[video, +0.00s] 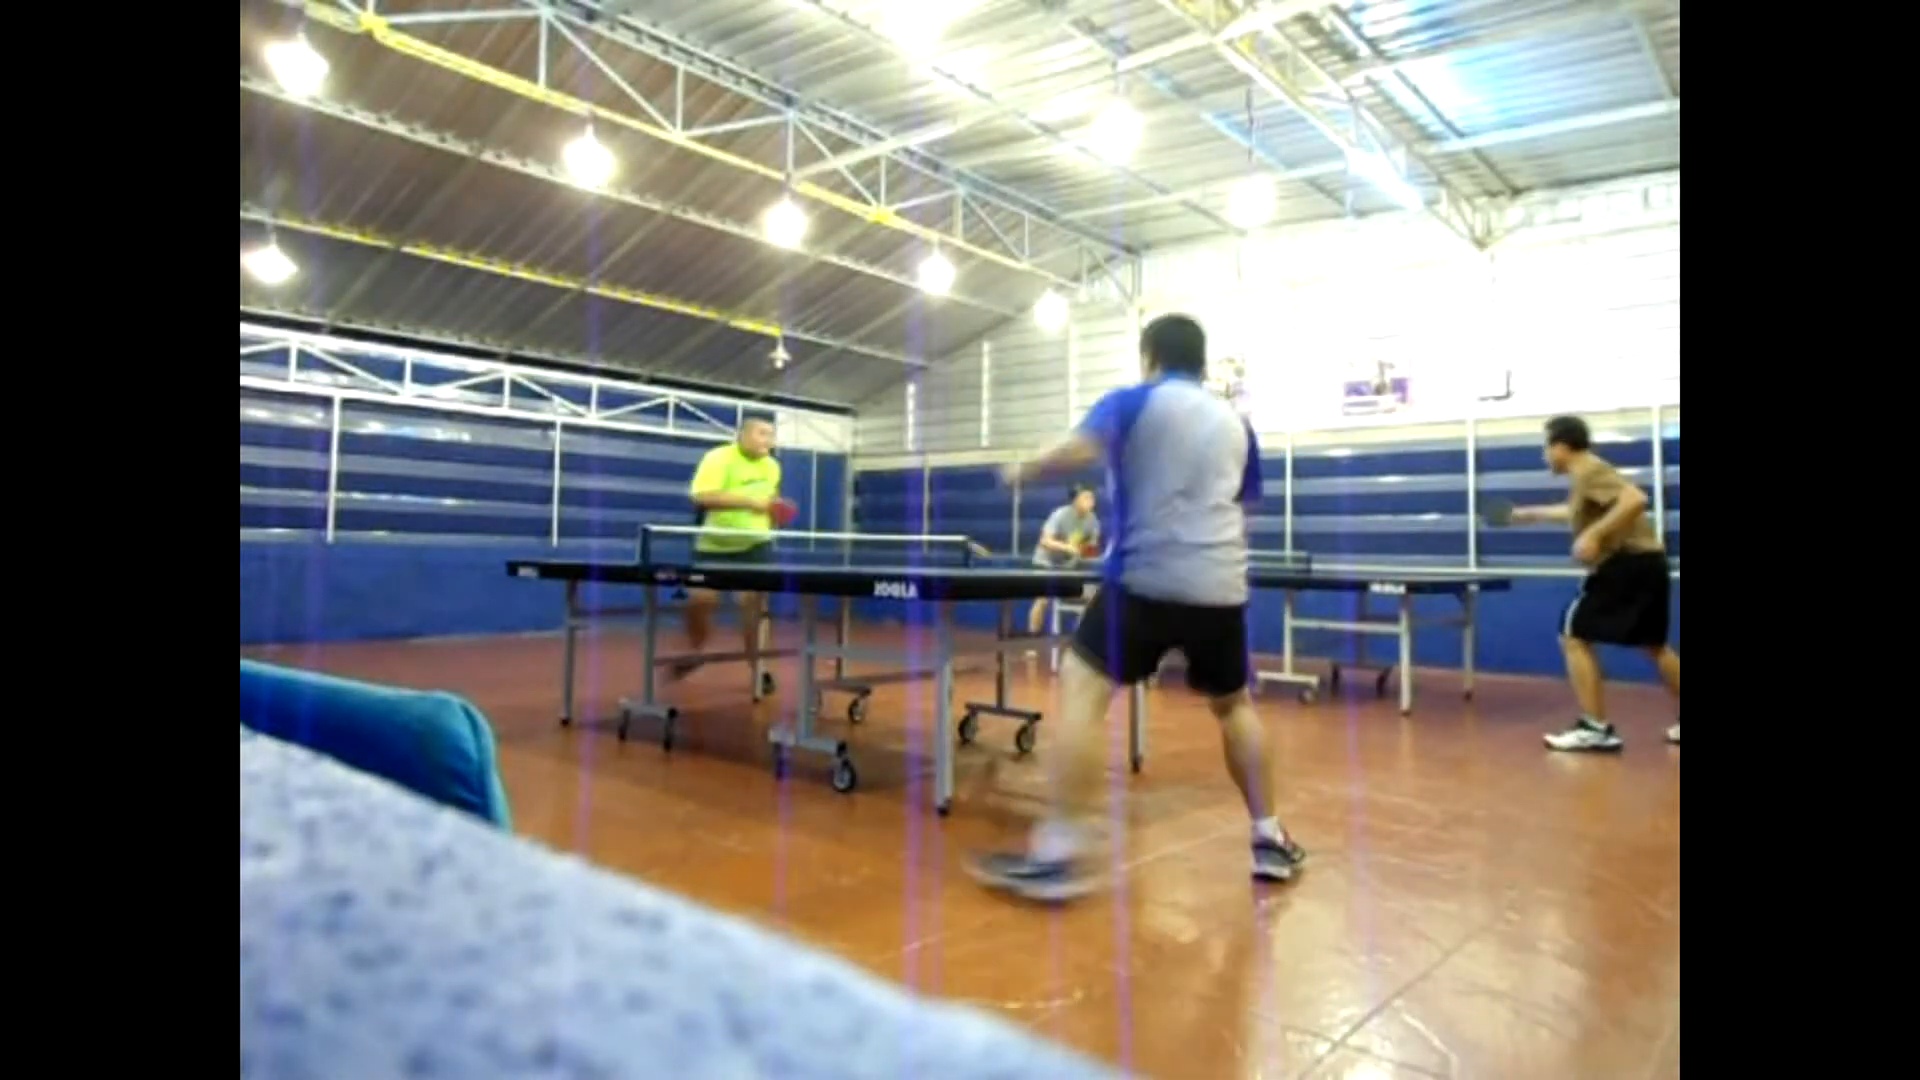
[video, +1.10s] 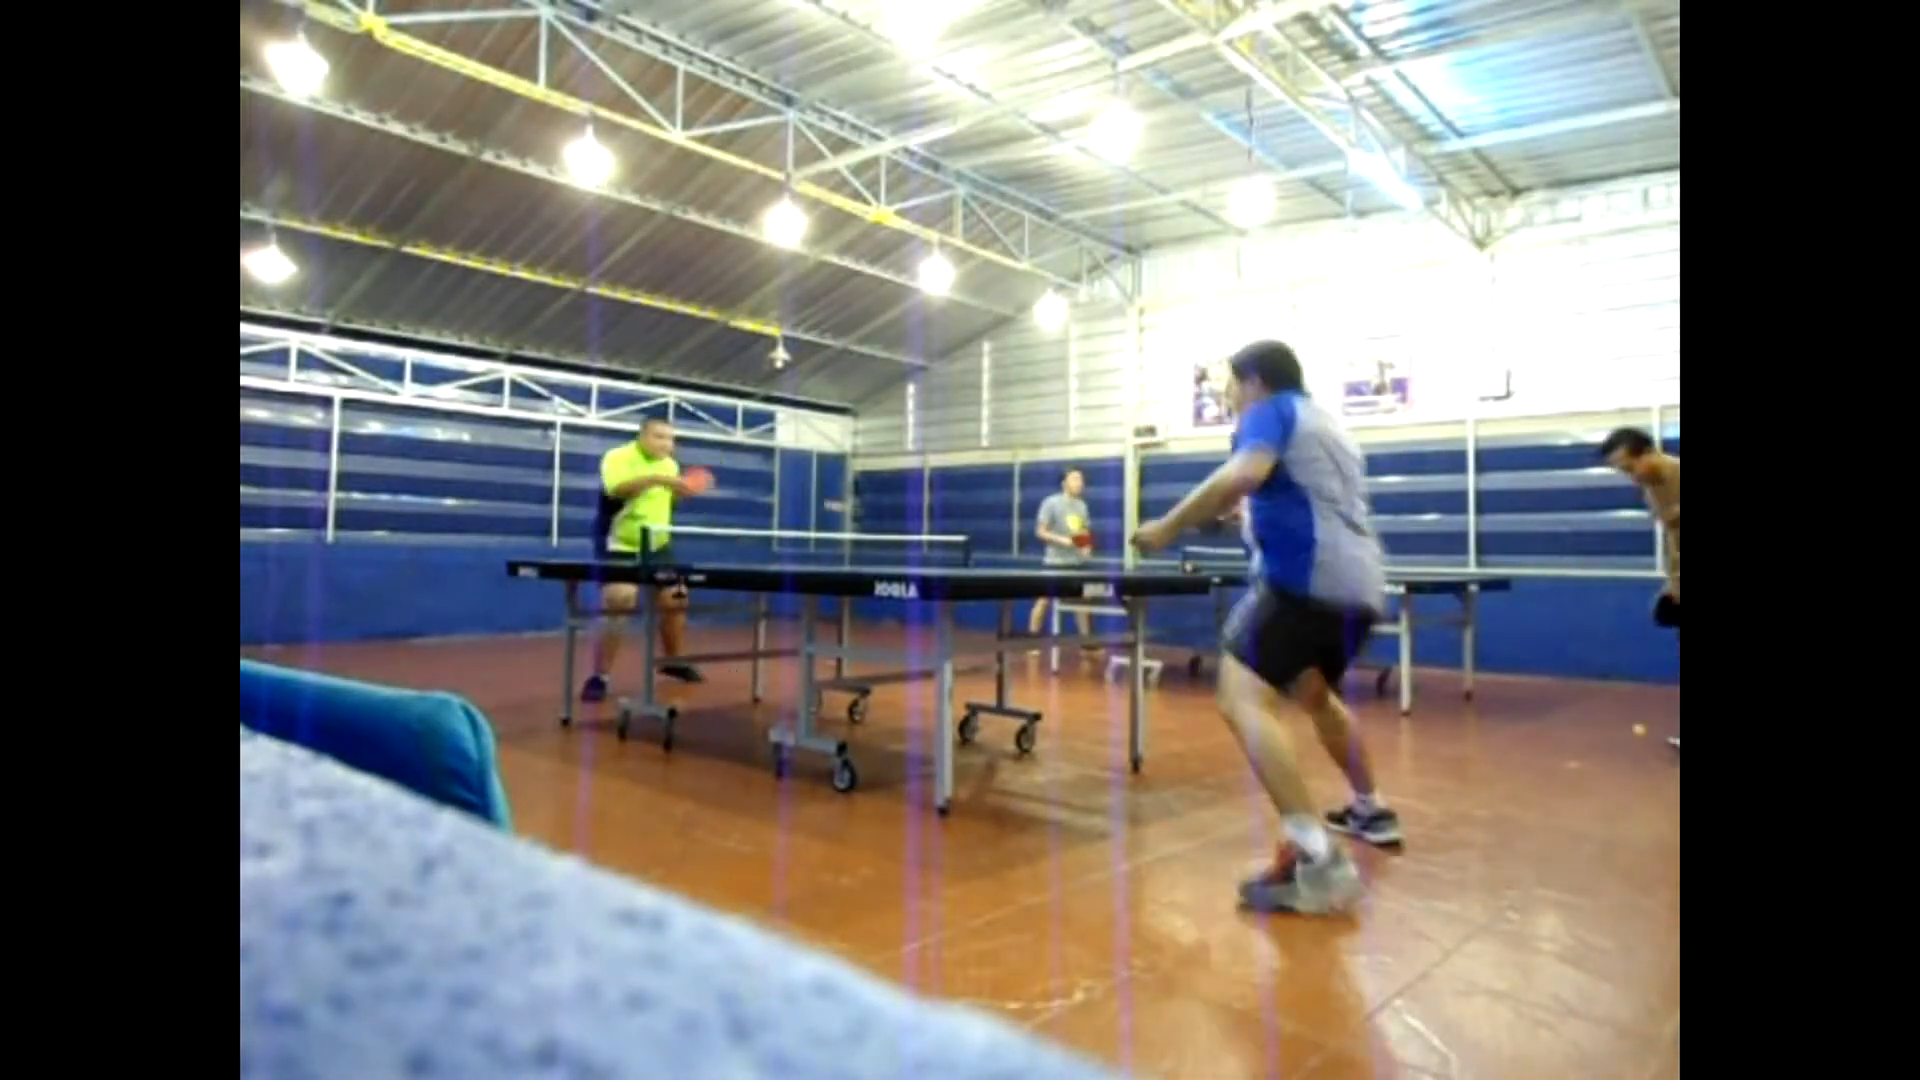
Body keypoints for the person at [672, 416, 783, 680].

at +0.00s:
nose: (767, 440)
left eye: (770, 435)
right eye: (761, 433)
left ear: (773, 440)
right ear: (743, 434)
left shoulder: (772, 467)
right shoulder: (718, 458)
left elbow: (767, 499)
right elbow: (701, 494)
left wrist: (777, 510)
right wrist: (751, 503)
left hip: (754, 543)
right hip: (714, 544)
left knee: (755, 604)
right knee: (700, 599)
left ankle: (760, 668)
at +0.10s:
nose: (759, 443)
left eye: (761, 438)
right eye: (754, 436)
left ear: (762, 443)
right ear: (735, 437)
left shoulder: (761, 471)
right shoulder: (708, 460)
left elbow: (750, 504)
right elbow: (682, 497)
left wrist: (759, 518)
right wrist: (732, 509)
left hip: (741, 548)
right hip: (701, 549)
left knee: (747, 606)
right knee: (675, 614)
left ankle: (757, 672)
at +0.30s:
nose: (719, 446)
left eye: (722, 441)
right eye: (713, 439)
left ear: (723, 446)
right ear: (695, 439)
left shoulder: (719, 472)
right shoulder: (667, 463)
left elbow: (716, 513)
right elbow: (648, 504)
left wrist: (730, 539)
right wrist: (691, 500)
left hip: (708, 552)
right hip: (667, 553)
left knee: (726, 606)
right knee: (647, 613)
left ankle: (754, 668)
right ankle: (623, 673)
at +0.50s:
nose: (689, 433)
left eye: (693, 427)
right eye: (683, 426)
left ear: (698, 430)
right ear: (669, 427)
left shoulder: (709, 460)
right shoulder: (645, 455)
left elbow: (719, 492)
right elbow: (627, 493)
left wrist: (710, 512)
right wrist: (654, 497)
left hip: (697, 539)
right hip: (655, 539)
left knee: (716, 598)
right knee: (633, 598)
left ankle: (719, 663)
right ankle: (618, 664)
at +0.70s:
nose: (682, 457)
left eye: (685, 451)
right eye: (675, 451)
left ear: (690, 452)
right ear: (660, 449)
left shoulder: (698, 478)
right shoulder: (635, 469)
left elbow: (713, 501)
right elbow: (608, 505)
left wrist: (706, 513)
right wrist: (639, 508)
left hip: (685, 553)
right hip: (639, 553)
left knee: (711, 601)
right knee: (624, 600)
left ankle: (718, 666)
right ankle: (601, 675)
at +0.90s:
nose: (673, 464)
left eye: (677, 459)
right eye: (668, 457)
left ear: (680, 459)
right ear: (652, 452)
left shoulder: (675, 477)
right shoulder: (625, 469)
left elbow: (676, 503)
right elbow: (635, 509)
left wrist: (692, 513)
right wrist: (679, 514)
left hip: (661, 551)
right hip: (622, 552)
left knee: (682, 602)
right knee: (617, 602)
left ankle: (714, 662)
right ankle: (600, 676)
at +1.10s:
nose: (666, 444)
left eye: (670, 438)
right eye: (659, 436)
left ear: (672, 441)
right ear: (642, 436)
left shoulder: (669, 465)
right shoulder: (617, 457)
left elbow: (667, 498)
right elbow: (616, 489)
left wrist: (687, 487)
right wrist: (660, 481)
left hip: (658, 543)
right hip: (621, 545)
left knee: (675, 598)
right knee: (620, 602)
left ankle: (674, 659)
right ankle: (601, 674)